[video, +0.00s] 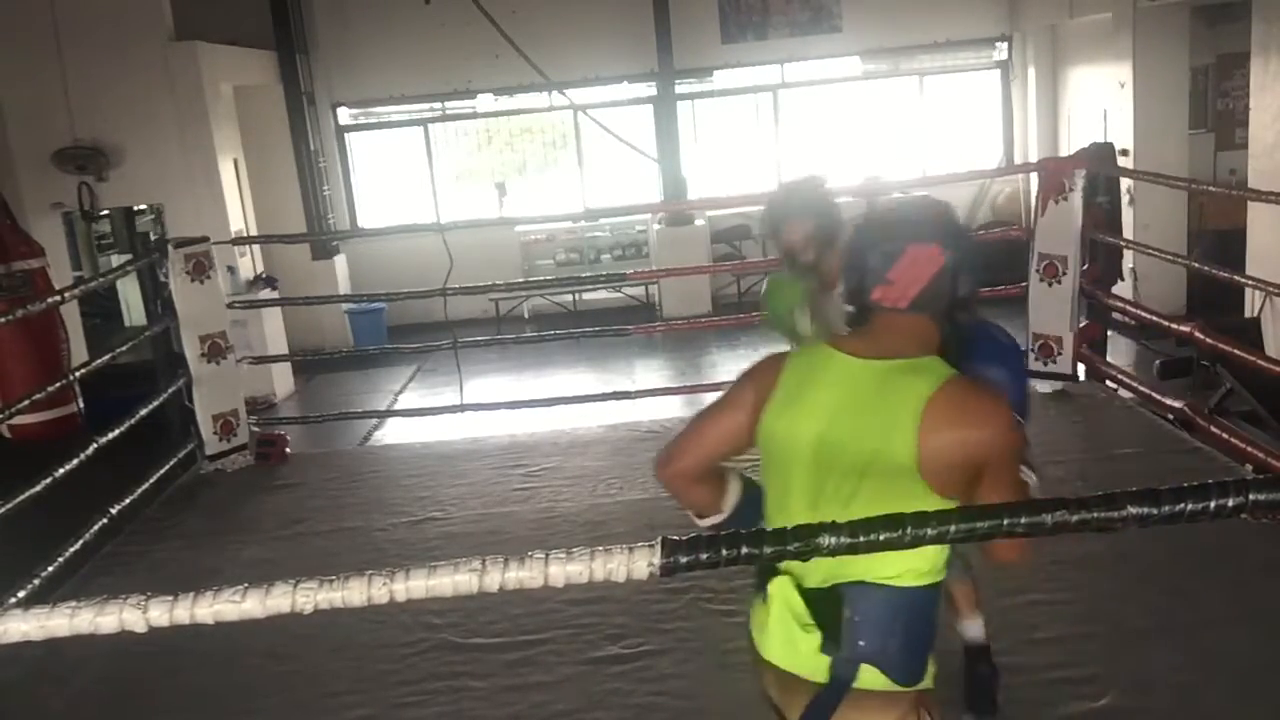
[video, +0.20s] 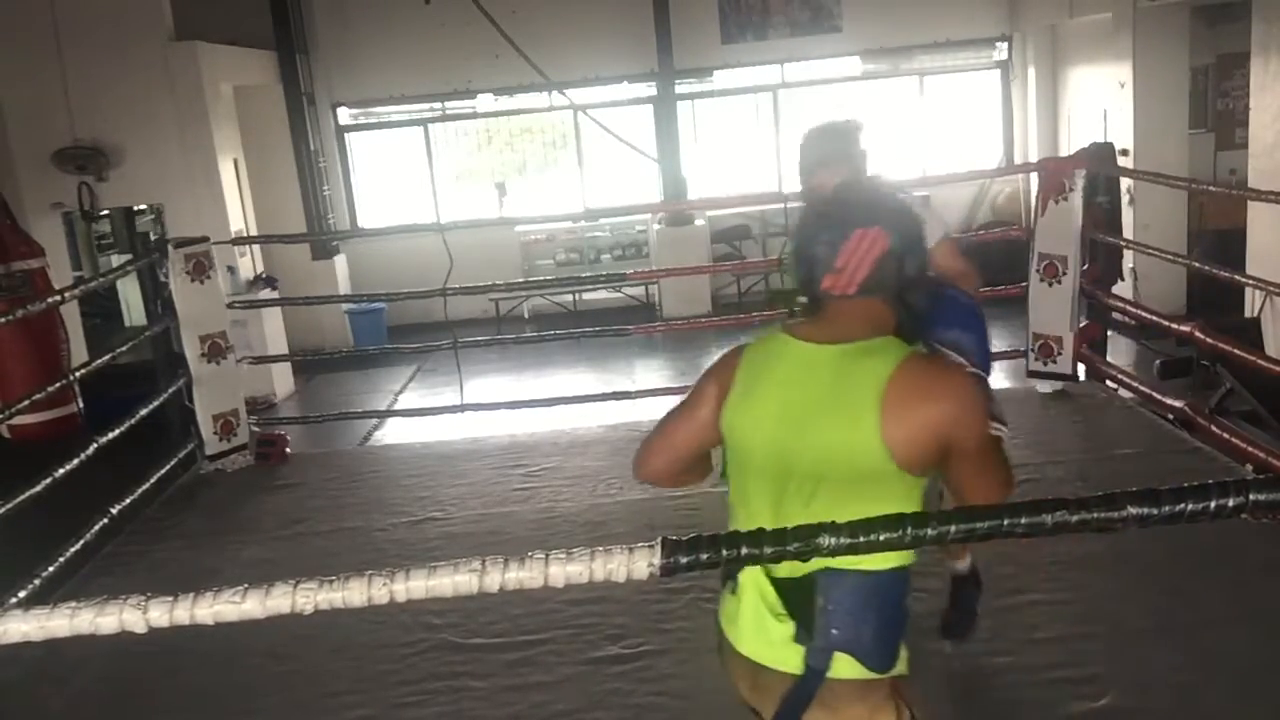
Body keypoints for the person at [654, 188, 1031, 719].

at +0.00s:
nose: (967, 297)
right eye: (963, 282)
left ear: (857, 281)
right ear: (952, 289)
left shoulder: (780, 376)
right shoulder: (973, 413)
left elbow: (679, 467)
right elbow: (1009, 547)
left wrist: (755, 520)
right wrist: (1017, 475)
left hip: (777, 646)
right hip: (875, 671)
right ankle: (980, 650)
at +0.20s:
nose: (921, 275)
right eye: (915, 262)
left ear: (809, 270)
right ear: (904, 273)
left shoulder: (744, 365)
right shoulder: (940, 388)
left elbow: (655, 465)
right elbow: (989, 503)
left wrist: (732, 453)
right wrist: (973, 420)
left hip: (746, 646)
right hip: (848, 668)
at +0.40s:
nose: (864, 278)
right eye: (857, 264)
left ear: (763, 282)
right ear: (849, 276)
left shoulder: (717, 368)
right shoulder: (876, 378)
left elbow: (666, 472)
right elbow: (937, 508)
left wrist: (748, 434)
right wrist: (908, 423)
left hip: (699, 630)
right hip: (790, 649)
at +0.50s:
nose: (843, 283)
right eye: (837, 270)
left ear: (747, 282)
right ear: (828, 276)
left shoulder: (710, 364)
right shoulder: (861, 368)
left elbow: (670, 483)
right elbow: (910, 513)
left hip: (689, 624)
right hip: (772, 641)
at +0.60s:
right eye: (817, 275)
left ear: (725, 291)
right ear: (808, 279)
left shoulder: (695, 374)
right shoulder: (850, 368)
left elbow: (669, 505)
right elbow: (897, 514)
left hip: (686, 628)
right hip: (773, 646)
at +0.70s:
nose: (814, 291)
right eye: (807, 282)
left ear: (718, 302)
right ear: (800, 286)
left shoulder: (687, 381)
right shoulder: (843, 367)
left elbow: (667, 513)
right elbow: (890, 511)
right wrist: (841, 520)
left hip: (683, 626)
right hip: (770, 639)